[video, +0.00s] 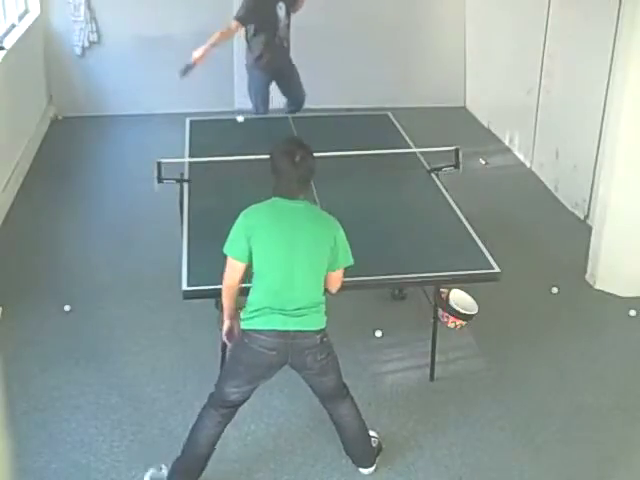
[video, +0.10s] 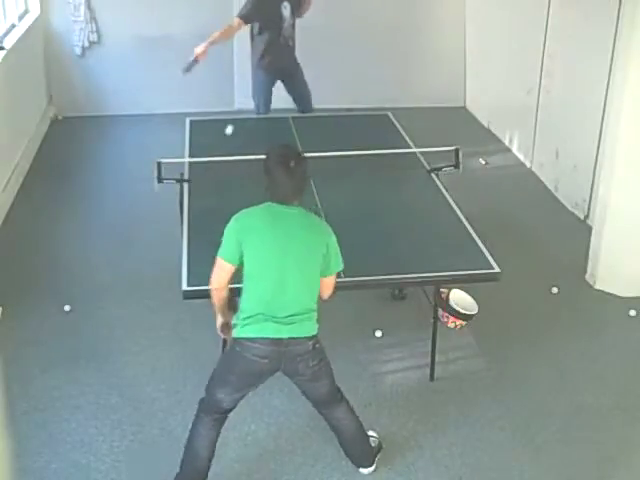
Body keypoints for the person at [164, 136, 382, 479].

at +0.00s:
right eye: (309, 168)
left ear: (274, 172)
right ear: (311, 174)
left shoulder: (252, 217)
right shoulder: (328, 224)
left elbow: (231, 279)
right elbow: (334, 284)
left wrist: (228, 318)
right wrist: (307, 258)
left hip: (259, 339)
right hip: (311, 339)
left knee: (220, 407)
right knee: (337, 398)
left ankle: (179, 475)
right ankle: (365, 457)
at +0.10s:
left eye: (273, 176)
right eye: (295, 177)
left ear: (267, 181)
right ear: (303, 182)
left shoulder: (243, 222)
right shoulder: (321, 229)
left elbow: (218, 284)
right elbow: (326, 290)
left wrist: (223, 315)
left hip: (253, 346)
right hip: (303, 347)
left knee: (211, 414)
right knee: (332, 403)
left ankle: (188, 477)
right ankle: (365, 458)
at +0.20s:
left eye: (261, 187)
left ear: (255, 193)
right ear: (290, 198)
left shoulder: (231, 227)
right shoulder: (306, 238)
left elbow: (201, 287)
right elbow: (312, 303)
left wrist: (209, 315)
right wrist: (278, 294)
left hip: (240, 356)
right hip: (292, 353)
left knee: (199, 417)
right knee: (324, 405)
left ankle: (187, 476)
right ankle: (365, 458)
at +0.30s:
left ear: (238, 197)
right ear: (272, 200)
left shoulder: (220, 234)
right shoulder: (291, 245)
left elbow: (196, 293)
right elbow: (296, 310)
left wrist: (182, 326)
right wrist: (266, 321)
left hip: (236, 364)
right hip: (285, 360)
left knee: (187, 414)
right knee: (317, 406)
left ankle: (183, 476)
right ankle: (364, 459)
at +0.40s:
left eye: (225, 197)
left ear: (227, 204)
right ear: (261, 205)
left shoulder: (220, 237)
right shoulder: (277, 246)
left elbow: (203, 294)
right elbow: (280, 301)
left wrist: (159, 336)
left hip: (236, 368)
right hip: (281, 362)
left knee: (183, 414)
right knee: (315, 408)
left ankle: (180, 477)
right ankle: (361, 456)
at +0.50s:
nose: (218, 201)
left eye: (221, 194)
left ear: (225, 201)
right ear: (255, 202)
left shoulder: (221, 237)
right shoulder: (268, 239)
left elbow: (212, 294)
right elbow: (268, 291)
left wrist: (160, 339)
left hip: (243, 367)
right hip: (284, 360)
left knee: (185, 414)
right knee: (314, 408)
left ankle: (181, 474)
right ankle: (362, 456)